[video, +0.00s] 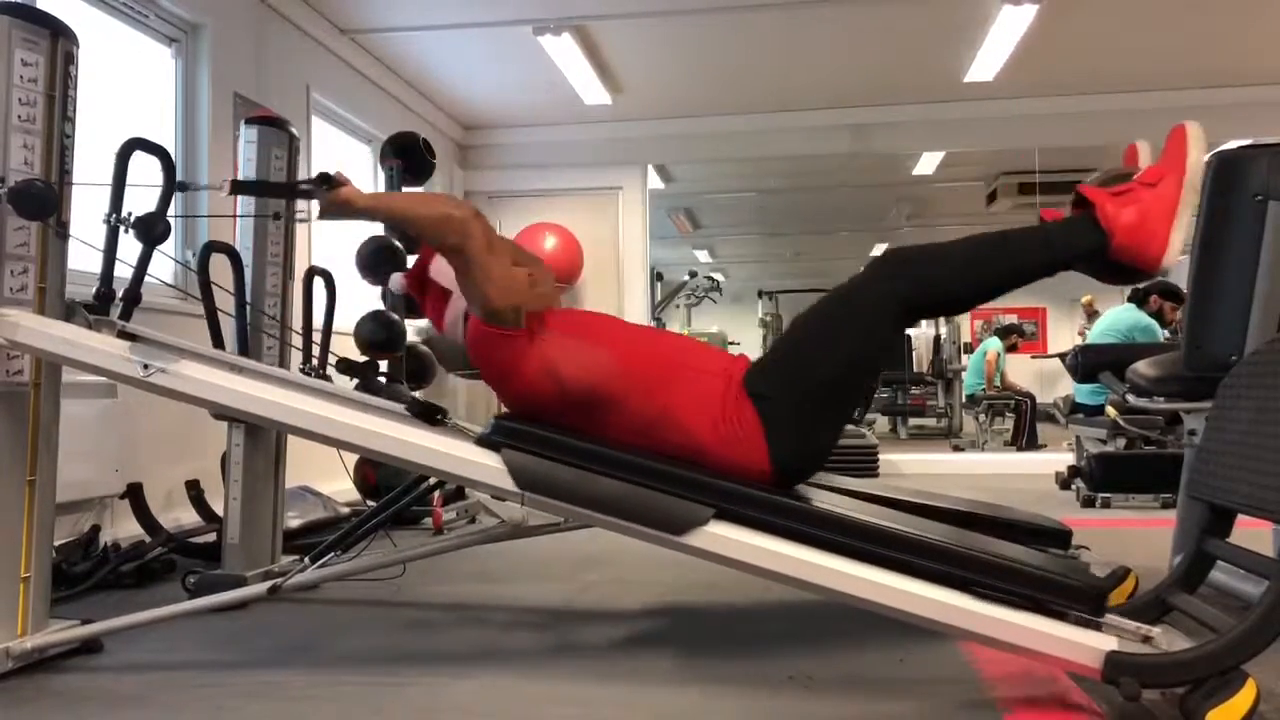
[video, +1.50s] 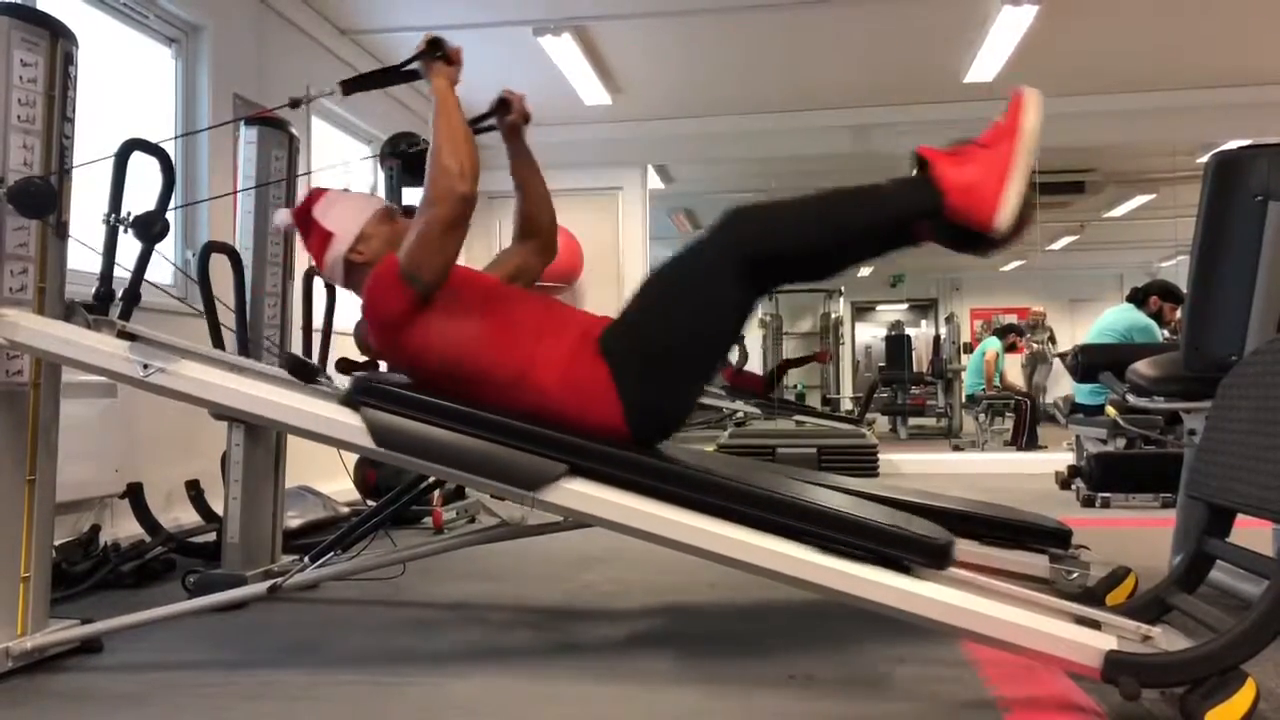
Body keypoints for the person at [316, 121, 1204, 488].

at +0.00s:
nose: (513, 253)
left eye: (499, 245)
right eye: (496, 251)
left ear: (458, 303)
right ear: (475, 287)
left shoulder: (521, 336)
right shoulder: (508, 336)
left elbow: (562, 253)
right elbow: (453, 218)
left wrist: (448, 247)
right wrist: (364, 203)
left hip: (753, 398)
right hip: (761, 425)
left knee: (890, 271)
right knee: (892, 282)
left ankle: (1094, 223)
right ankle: (1109, 236)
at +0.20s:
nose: (416, 254)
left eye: (405, 248)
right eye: (401, 257)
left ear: (425, 262)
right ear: (401, 297)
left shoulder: (496, 317)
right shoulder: (445, 339)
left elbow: (557, 255)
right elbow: (482, 237)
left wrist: (471, 194)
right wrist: (420, 163)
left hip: (688, 382)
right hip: (687, 409)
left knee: (793, 240)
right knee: (790, 242)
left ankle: (998, 183)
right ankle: (1002, 186)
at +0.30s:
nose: (402, 230)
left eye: (391, 222)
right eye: (385, 232)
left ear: (394, 246)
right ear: (365, 271)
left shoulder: (446, 310)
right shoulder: (398, 328)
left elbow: (551, 279)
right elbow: (461, 249)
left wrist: (511, 193)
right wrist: (433, 140)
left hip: (636, 369)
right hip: (636, 394)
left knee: (718, 216)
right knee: (717, 215)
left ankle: (912, 157)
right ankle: (917, 158)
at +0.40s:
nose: (361, 213)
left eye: (351, 205)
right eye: (343, 214)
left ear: (329, 244)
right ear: (320, 249)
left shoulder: (398, 295)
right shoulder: (355, 308)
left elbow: (515, 286)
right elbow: (425, 250)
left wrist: (531, 195)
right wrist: (451, 127)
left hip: (588, 362)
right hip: (591, 381)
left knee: (644, 191)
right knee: (645, 189)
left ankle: (831, 135)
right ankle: (831, 130)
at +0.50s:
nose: (333, 201)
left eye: (321, 192)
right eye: (314, 197)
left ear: (298, 226)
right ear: (287, 230)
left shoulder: (357, 280)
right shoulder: (320, 288)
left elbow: (481, 282)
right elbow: (408, 236)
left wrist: (552, 213)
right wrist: (474, 126)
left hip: (545, 351)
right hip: (547, 367)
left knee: (576, 174)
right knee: (569, 163)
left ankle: (755, 129)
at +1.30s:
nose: (344, 193)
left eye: (335, 186)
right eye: (326, 192)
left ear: (329, 212)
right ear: (300, 225)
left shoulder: (376, 277)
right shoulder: (334, 275)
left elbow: (508, 262)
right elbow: (427, 195)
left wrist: (559, 172)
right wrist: (479, 76)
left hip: (553, 350)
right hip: (552, 368)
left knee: (633, 195)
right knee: (631, 188)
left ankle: (826, 155)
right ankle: (822, 147)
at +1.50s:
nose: (385, 204)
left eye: (373, 199)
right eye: (363, 206)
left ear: (370, 234)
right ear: (346, 249)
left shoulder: (440, 296)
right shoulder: (389, 305)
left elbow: (541, 247)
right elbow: (448, 195)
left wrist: (515, 144)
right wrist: (443, 84)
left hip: (623, 368)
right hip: (615, 388)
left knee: (742, 240)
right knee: (736, 242)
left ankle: (950, 200)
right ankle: (949, 190)